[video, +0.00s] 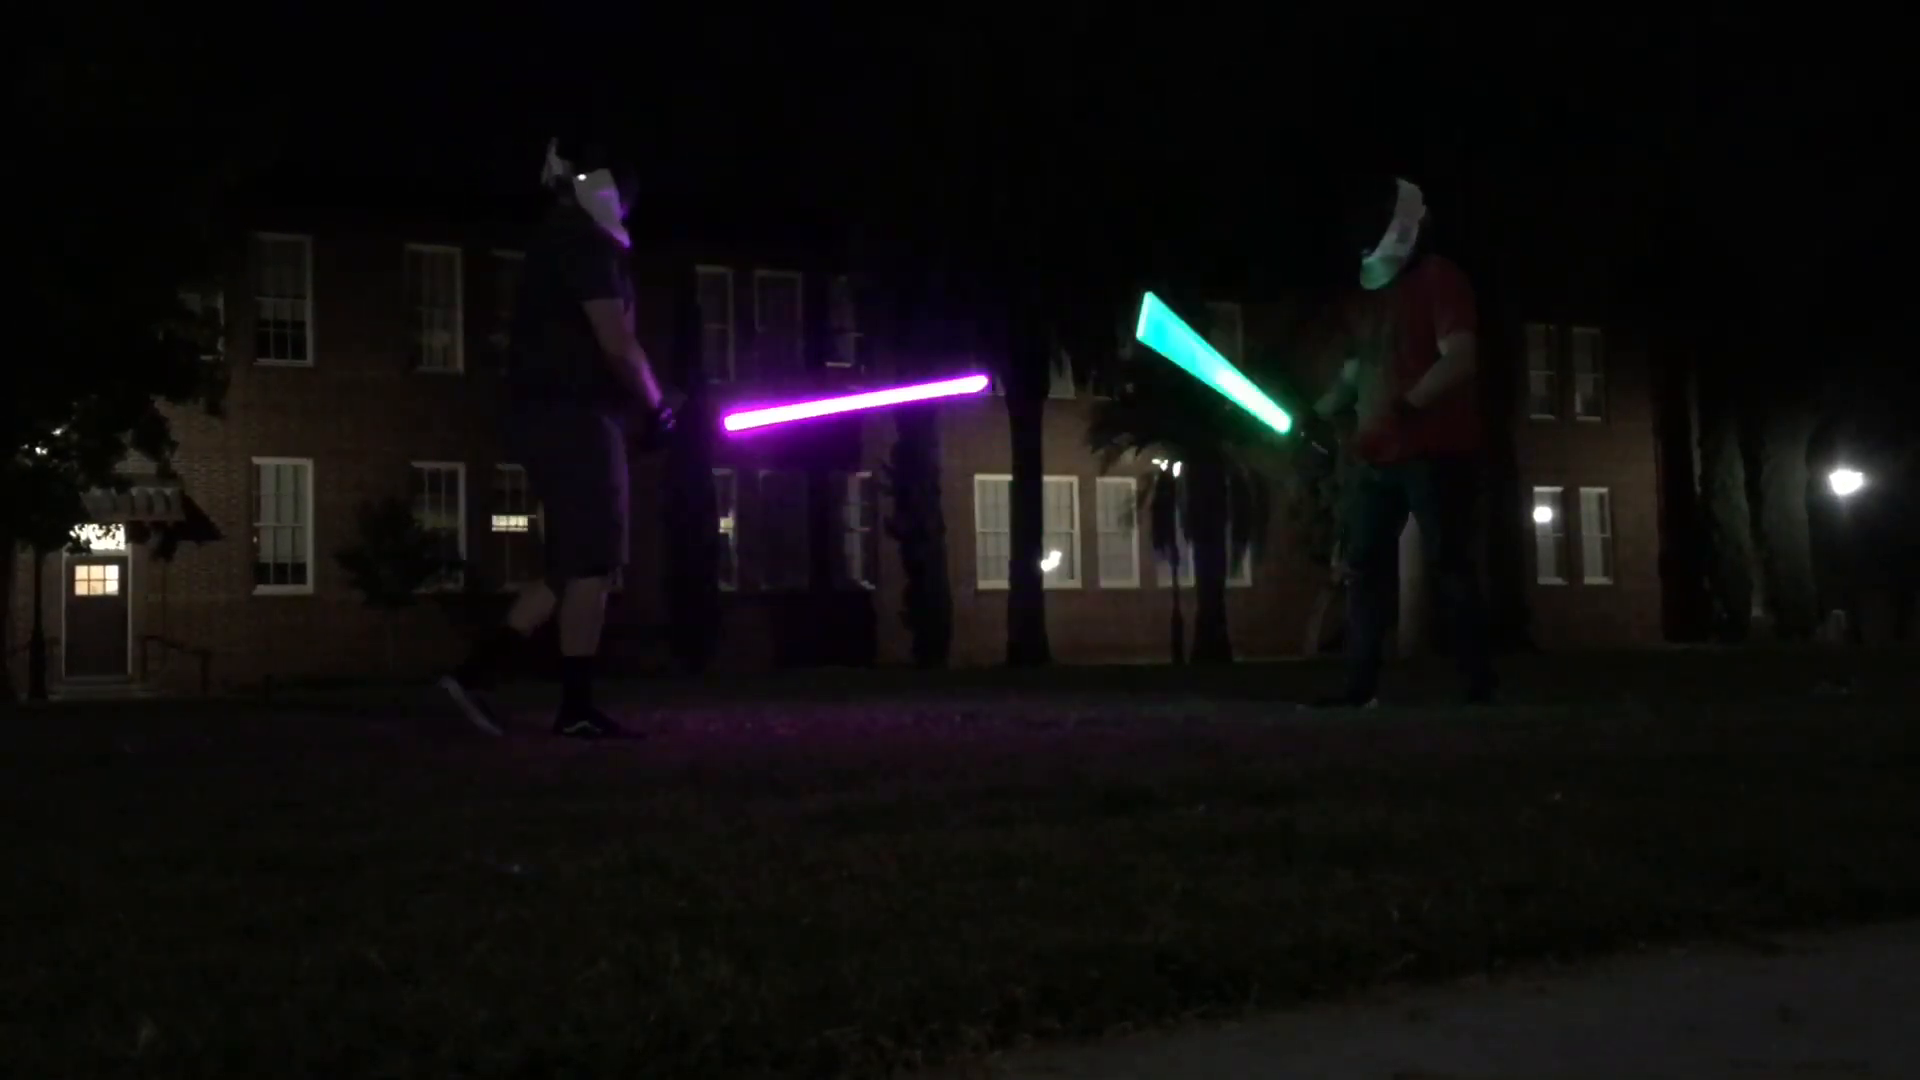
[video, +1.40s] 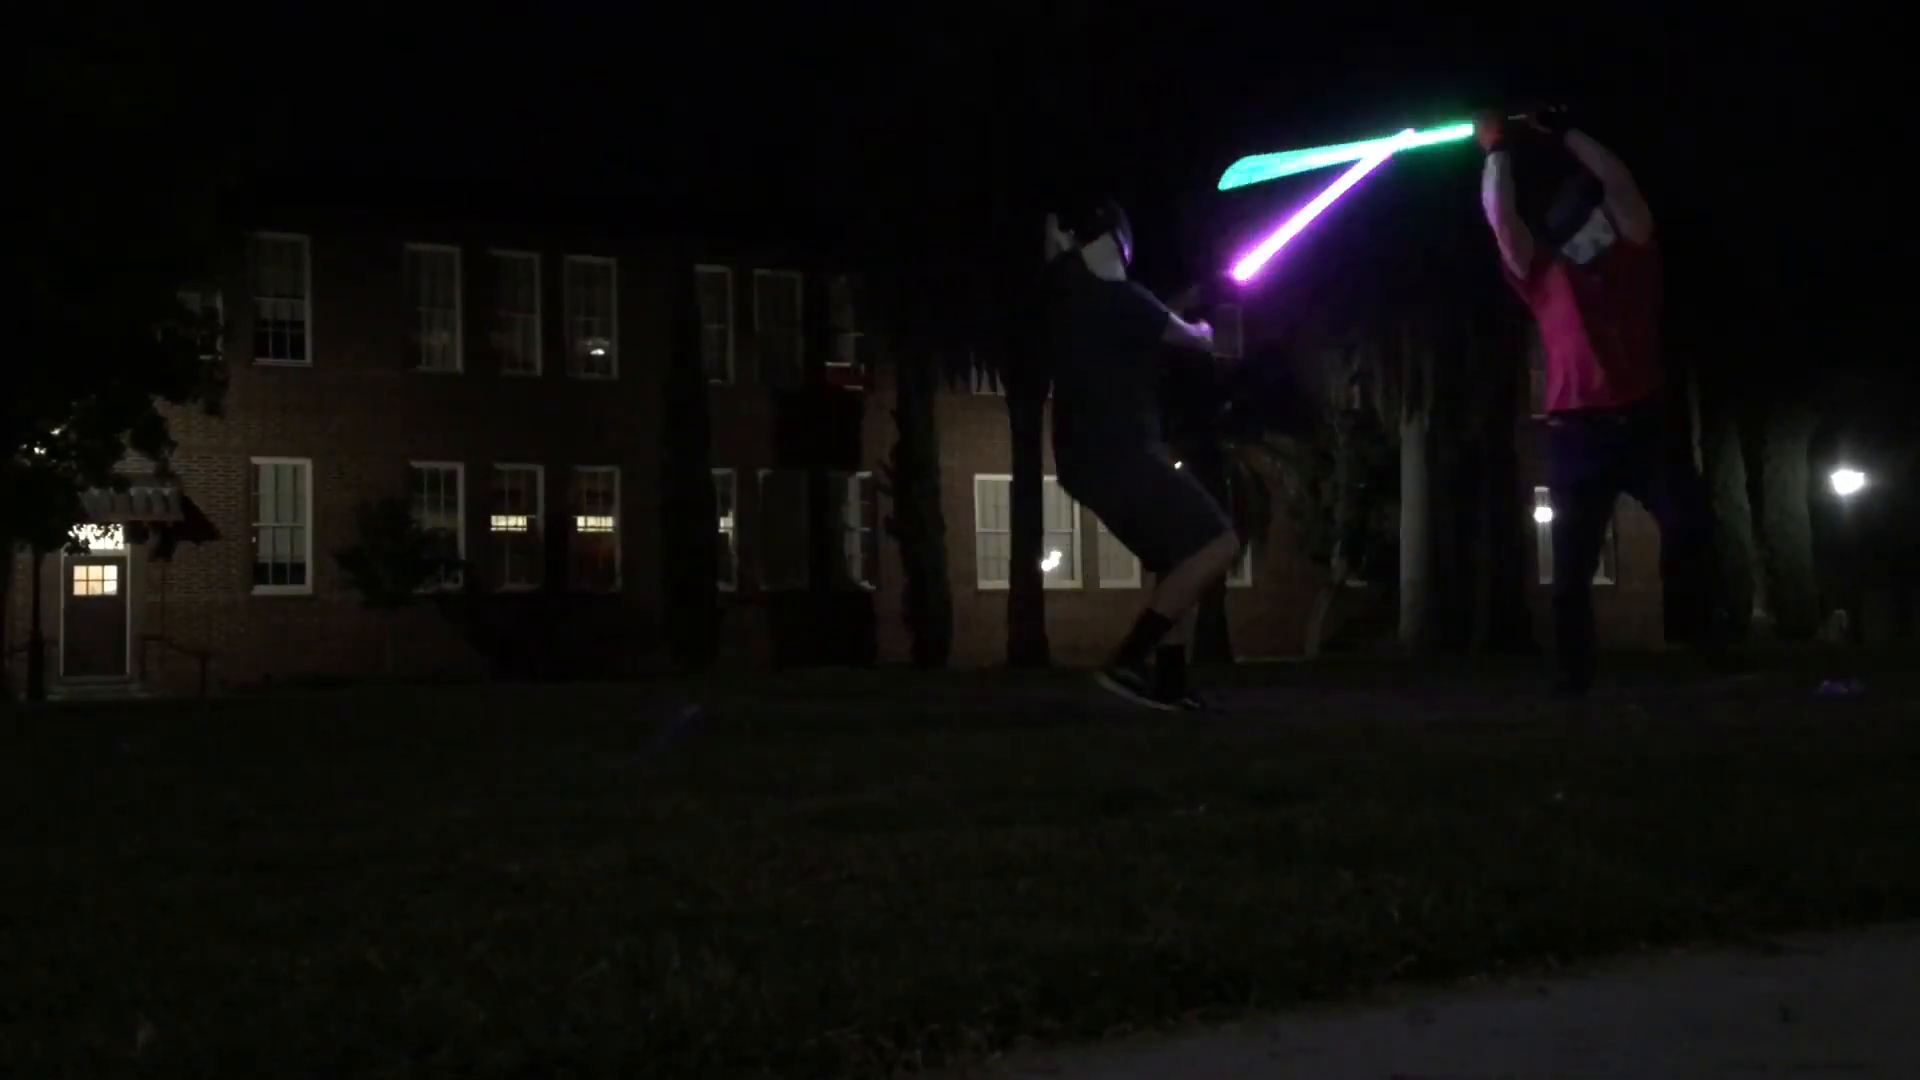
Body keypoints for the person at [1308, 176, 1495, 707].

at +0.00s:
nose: (1380, 235)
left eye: (1391, 222)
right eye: (1376, 223)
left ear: (1412, 224)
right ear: (1370, 227)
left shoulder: (1436, 279)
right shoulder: (1368, 291)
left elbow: (1459, 357)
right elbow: (1357, 367)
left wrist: (1406, 404)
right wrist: (1323, 410)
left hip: (1436, 452)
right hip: (1378, 452)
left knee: (1449, 568)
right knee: (1367, 567)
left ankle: (1470, 678)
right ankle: (1361, 680)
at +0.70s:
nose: (1355, 260)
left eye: (1367, 249)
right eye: (1352, 250)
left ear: (1392, 249)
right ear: (1348, 253)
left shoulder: (1418, 298)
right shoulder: (1344, 313)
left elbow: (1388, 370)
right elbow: (1318, 380)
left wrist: (1313, 405)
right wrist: (1268, 385)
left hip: (1430, 467)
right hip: (1368, 469)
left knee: (1451, 577)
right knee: (1328, 564)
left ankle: (1495, 675)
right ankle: (1315, 681)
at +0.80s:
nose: (1368, 262)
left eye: (1382, 252)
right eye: (1366, 250)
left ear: (1407, 260)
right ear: (1360, 258)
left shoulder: (1425, 312)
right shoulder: (1350, 329)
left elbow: (1372, 372)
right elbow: (1316, 393)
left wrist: (1303, 415)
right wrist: (1254, 411)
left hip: (1434, 479)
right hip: (1373, 482)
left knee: (1473, 586)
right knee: (1319, 563)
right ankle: (1311, 682)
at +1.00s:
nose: (1449, 282)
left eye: (1460, 271)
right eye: (1450, 273)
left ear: (1485, 274)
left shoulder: (1502, 310)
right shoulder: (1441, 330)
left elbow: (1431, 331)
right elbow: (1406, 398)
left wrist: (1367, 343)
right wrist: (1338, 392)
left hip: (1495, 482)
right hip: (1436, 485)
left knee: (1548, 598)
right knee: (1373, 584)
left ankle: (1640, 688)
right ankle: (1317, 690)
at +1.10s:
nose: (1491, 275)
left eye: (1502, 266)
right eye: (1486, 267)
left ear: (1527, 262)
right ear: (1484, 271)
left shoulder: (1554, 301)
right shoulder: (1474, 325)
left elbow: (1499, 277)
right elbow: (1444, 359)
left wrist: (1430, 280)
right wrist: (1398, 341)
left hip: (1550, 466)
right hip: (1484, 471)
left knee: (1587, 586)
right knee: (1431, 580)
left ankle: (1644, 687)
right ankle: (1361, 678)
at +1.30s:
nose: (1564, 226)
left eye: (1573, 217)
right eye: (1553, 220)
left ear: (1580, 222)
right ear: (1540, 229)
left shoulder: (1602, 254)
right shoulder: (1522, 280)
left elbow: (1579, 184)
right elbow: (1494, 245)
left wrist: (1516, 154)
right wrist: (1474, 181)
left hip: (1614, 412)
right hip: (1548, 419)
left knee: (1642, 551)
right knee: (1542, 555)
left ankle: (1650, 674)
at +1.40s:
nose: (1596, 222)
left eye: (1600, 210)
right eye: (1584, 214)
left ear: (1607, 215)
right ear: (1566, 223)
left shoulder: (1633, 252)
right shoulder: (1543, 272)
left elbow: (1616, 181)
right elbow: (1500, 215)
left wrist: (1566, 131)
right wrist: (1497, 149)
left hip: (1644, 421)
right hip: (1576, 427)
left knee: (1690, 526)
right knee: (1572, 560)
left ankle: (1695, 653)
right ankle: (1573, 679)